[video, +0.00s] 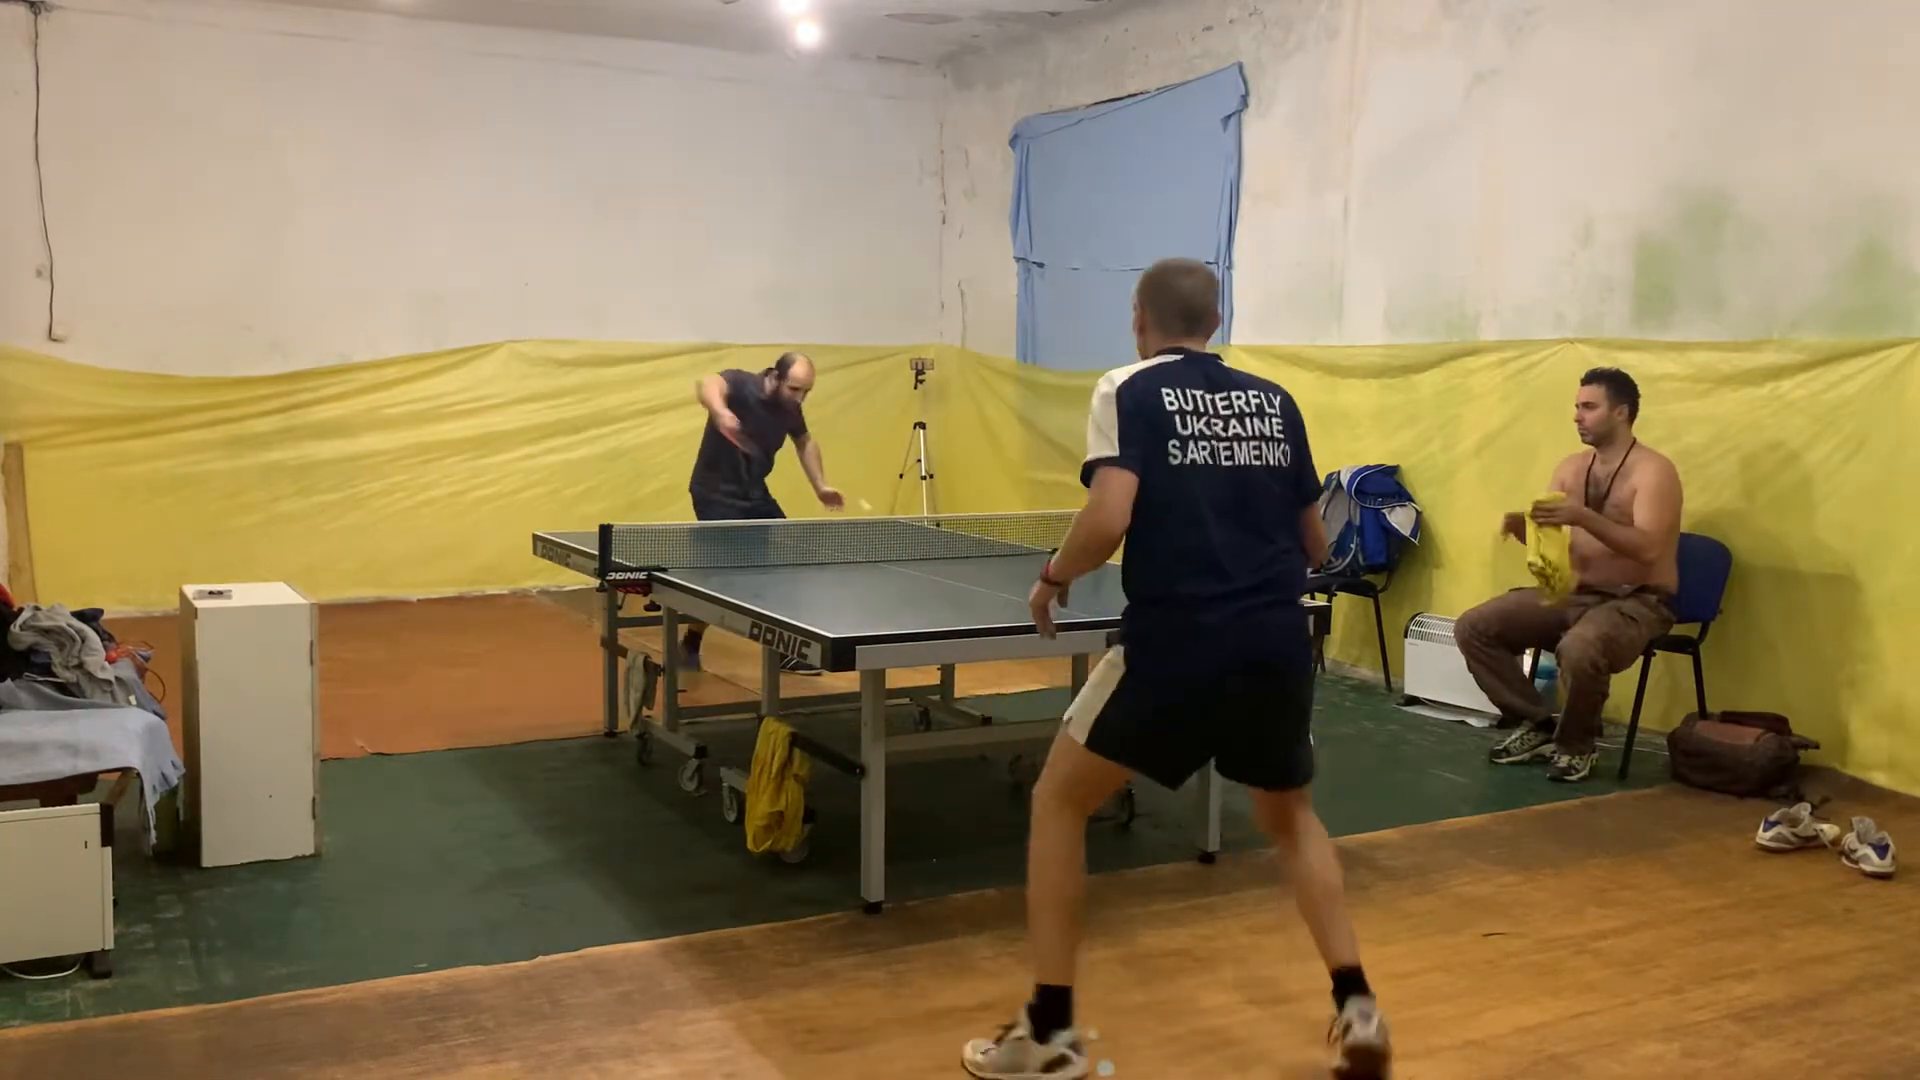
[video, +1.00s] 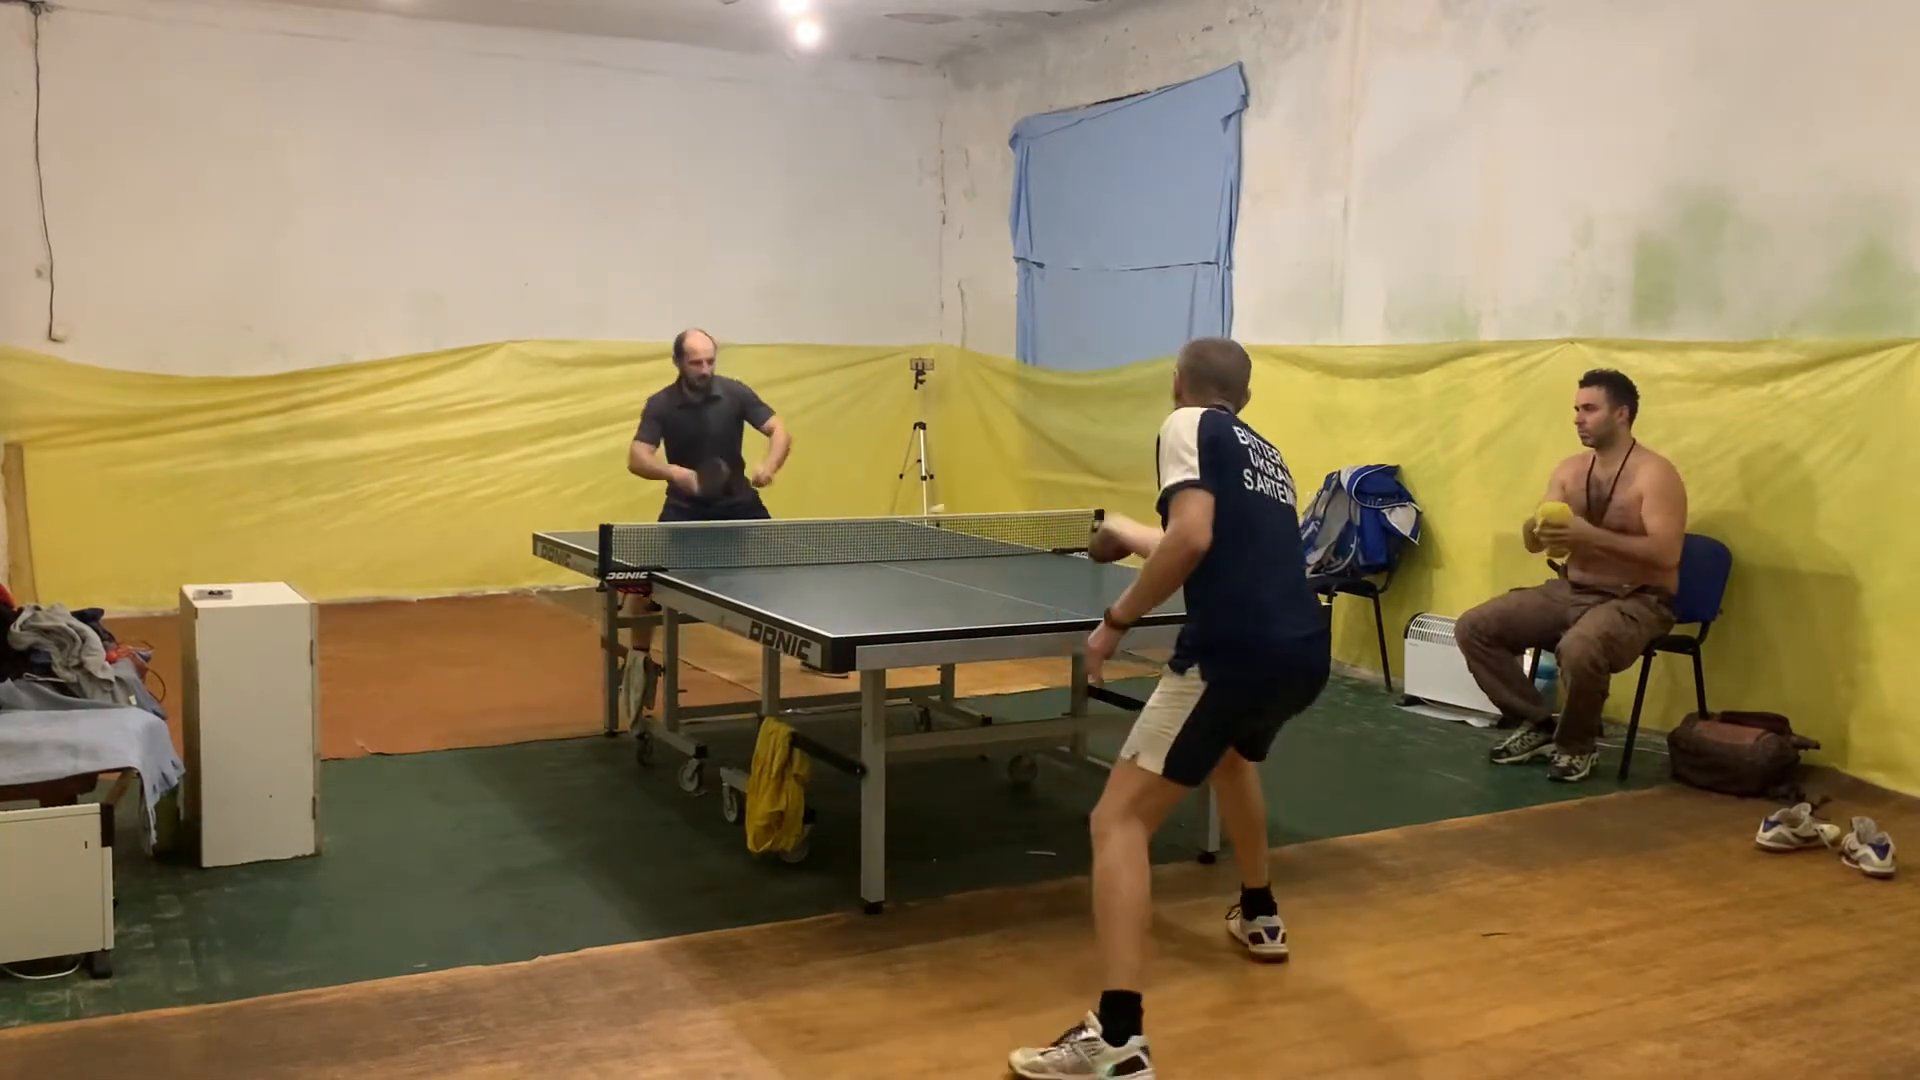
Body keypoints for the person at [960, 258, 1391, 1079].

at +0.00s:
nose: (1132, 333)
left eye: (1133, 322)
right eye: (1140, 323)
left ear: (1141, 326)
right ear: (1215, 327)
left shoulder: (1126, 389)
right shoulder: (1276, 399)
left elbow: (1109, 517)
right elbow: (1316, 542)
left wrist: (1057, 572)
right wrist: (1249, 535)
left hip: (1169, 650)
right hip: (1277, 650)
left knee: (1061, 799)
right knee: (1292, 814)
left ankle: (1048, 1027)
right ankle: (1356, 1000)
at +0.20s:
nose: (1134, 354)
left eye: (1135, 344)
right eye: (1139, 344)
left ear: (1144, 345)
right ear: (1219, 347)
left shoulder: (1135, 406)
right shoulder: (1273, 417)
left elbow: (1113, 539)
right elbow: (1308, 541)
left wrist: (1056, 577)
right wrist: (1236, 551)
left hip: (1187, 665)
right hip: (1289, 663)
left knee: (1068, 812)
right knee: (1310, 820)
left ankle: (1059, 1036)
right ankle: (1392, 1001)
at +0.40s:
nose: (1134, 379)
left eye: (1134, 368)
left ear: (1140, 367)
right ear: (1212, 371)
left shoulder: (1114, 416)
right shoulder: (1260, 438)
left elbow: (1075, 555)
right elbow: (1293, 573)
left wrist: (1046, 581)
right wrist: (1225, 569)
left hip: (1157, 670)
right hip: (1258, 666)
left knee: (1048, 826)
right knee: (1262, 774)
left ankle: (1056, 1039)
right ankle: (1347, 946)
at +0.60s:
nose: (1163, 362)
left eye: (1163, 351)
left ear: (1162, 351)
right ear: (1234, 364)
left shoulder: (1123, 397)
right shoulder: (1271, 428)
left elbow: (1070, 513)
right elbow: (1278, 543)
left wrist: (1051, 578)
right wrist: (1311, 546)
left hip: (1151, 652)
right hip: (1250, 651)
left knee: (1077, 826)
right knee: (1255, 782)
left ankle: (1059, 1036)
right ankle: (1269, 921)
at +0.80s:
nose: (1176, 385)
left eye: (1178, 376)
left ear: (1185, 378)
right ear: (1246, 389)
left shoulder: (1180, 415)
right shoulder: (1271, 447)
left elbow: (1157, 523)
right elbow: (1267, 548)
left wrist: (1097, 594)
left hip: (1210, 652)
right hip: (1293, 651)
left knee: (1115, 820)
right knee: (1233, 756)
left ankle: (1073, 1030)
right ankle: (1261, 914)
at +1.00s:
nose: (1172, 397)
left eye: (1174, 387)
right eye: (1177, 386)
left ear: (1181, 387)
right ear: (1244, 395)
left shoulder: (1188, 426)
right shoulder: (1264, 454)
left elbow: (1189, 534)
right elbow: (1232, 555)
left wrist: (1115, 622)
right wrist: (1132, 539)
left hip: (1229, 653)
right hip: (1304, 653)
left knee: (1118, 820)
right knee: (1232, 753)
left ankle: (1117, 1031)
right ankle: (1260, 914)